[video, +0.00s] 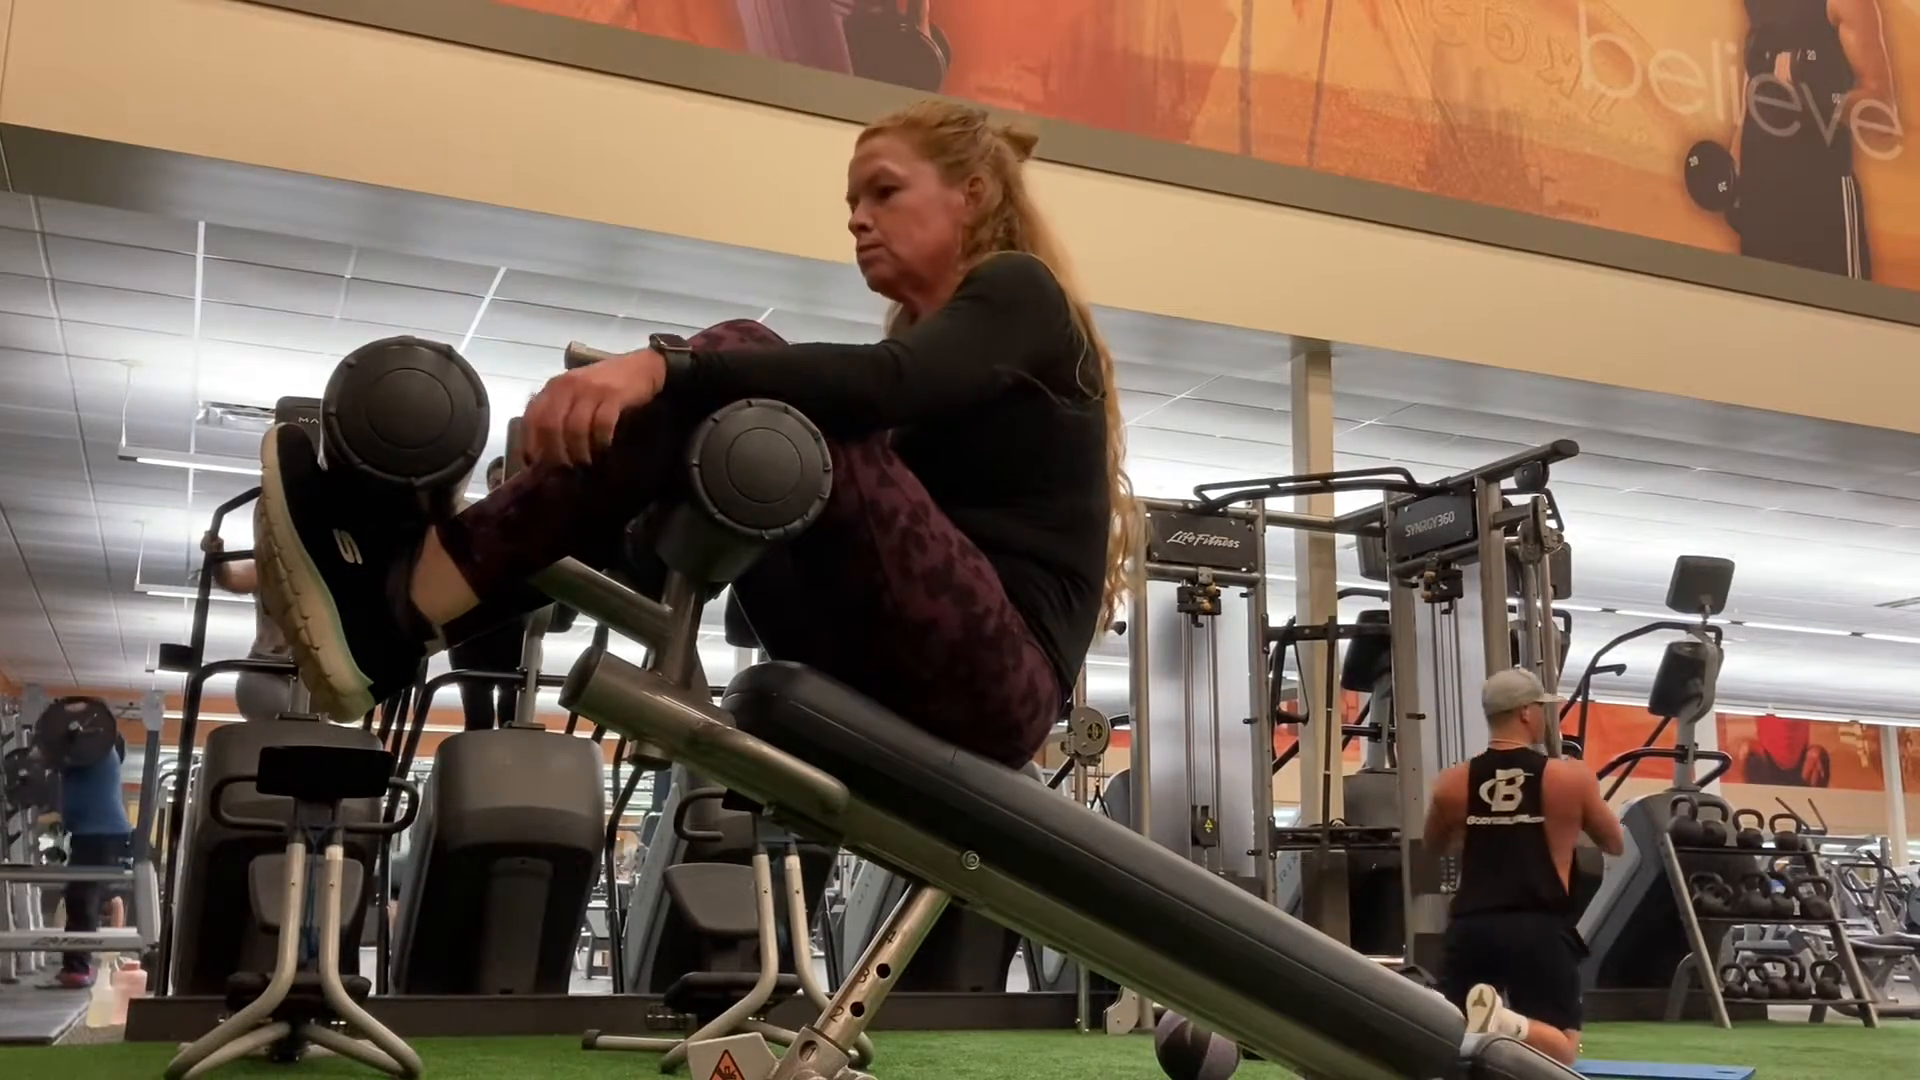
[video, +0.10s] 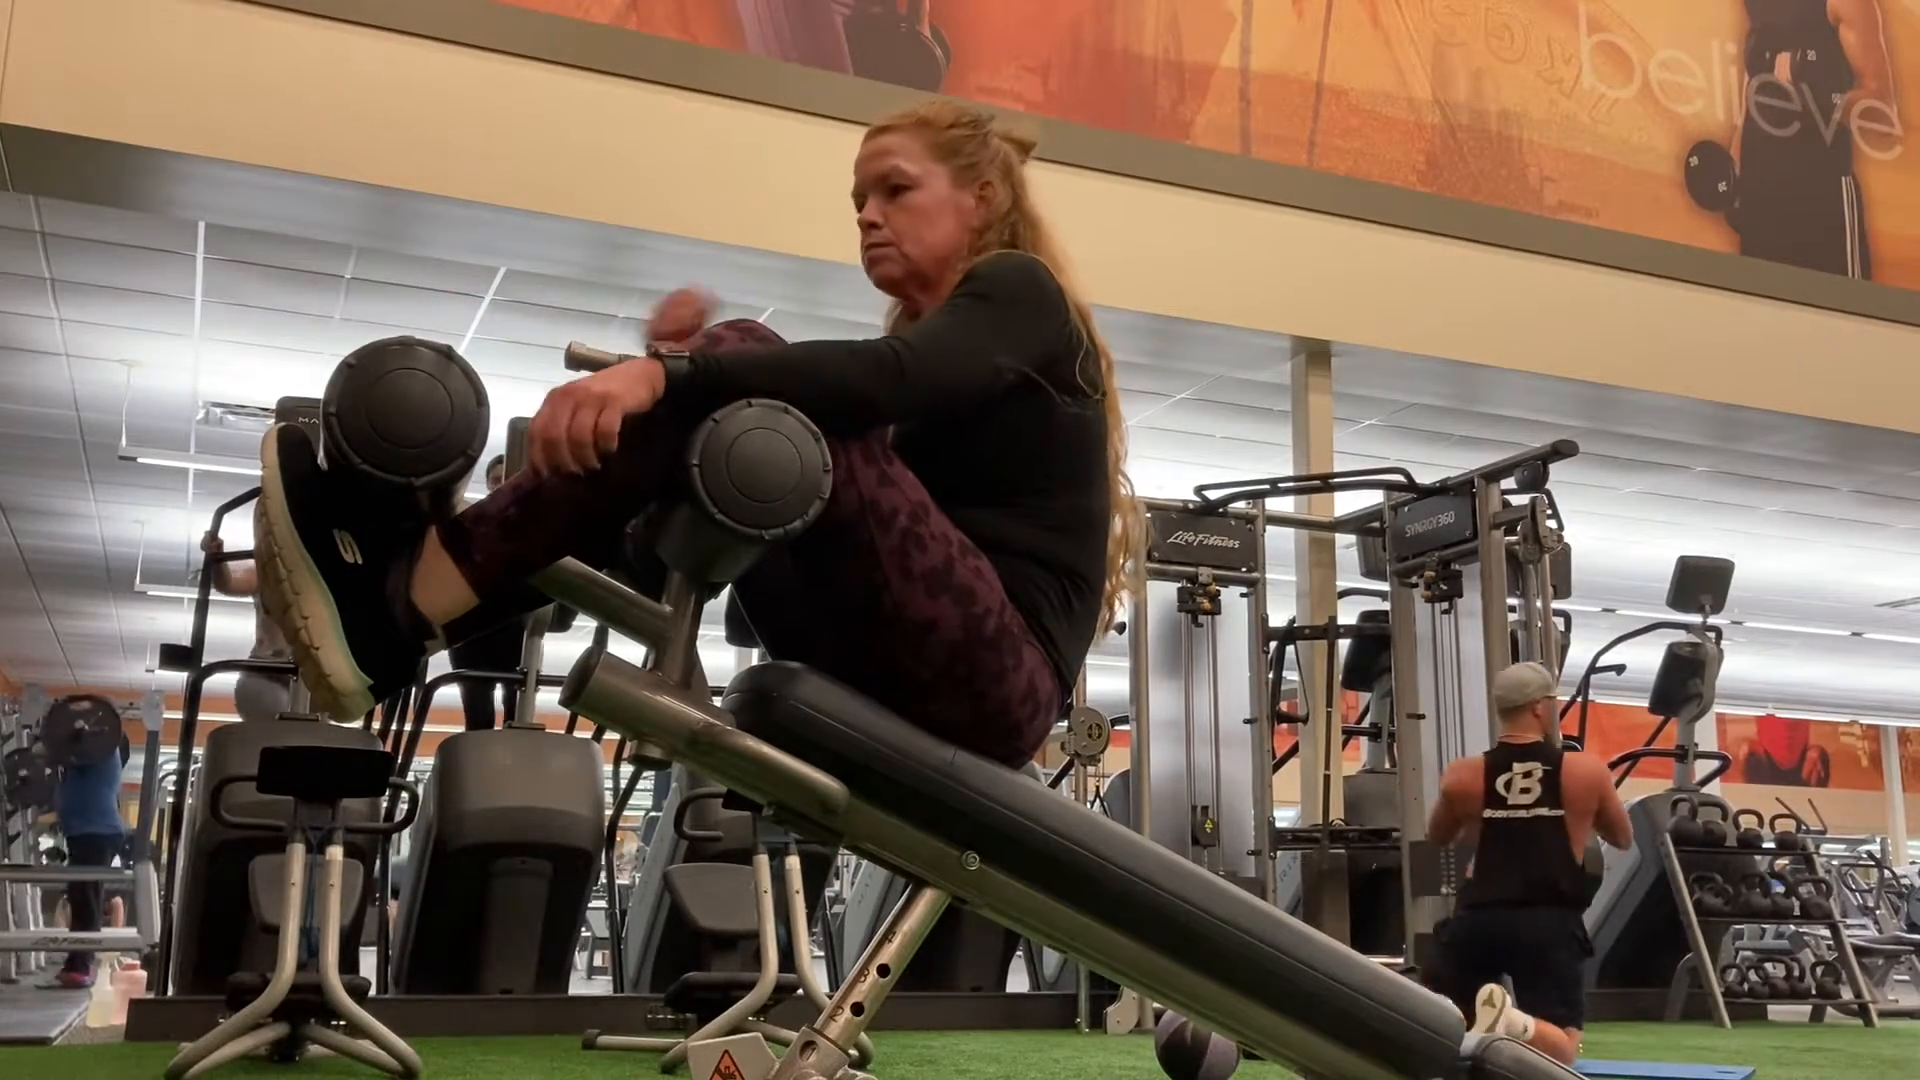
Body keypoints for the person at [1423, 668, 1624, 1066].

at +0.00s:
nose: (1544, 715)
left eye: (1542, 706)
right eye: (1540, 707)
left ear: (1489, 715)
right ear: (1526, 713)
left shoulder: (1454, 781)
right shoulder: (1572, 777)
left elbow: (1433, 846)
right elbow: (1614, 844)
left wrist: (1476, 819)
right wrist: (1579, 808)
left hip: (1470, 930)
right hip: (1540, 933)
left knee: (1464, 1040)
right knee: (1566, 1051)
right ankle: (1503, 1019)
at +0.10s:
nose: (1556, 709)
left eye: (1554, 701)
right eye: (1553, 701)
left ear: (1500, 709)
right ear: (1539, 707)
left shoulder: (1465, 774)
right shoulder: (1587, 771)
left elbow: (1439, 835)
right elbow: (1622, 838)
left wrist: (1485, 805)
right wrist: (1586, 800)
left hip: (1478, 923)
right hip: (1550, 925)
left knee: (1453, 1029)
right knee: (1565, 1050)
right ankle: (1509, 1019)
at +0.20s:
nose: (1563, 704)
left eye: (1560, 697)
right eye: (1560, 697)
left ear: (1509, 707)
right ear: (1550, 705)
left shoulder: (1477, 769)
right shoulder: (1599, 768)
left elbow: (1441, 832)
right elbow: (1628, 834)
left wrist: (1478, 799)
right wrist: (1586, 801)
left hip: (1487, 906)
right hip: (1558, 916)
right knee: (1566, 1047)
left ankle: (1437, 995)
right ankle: (1511, 1019)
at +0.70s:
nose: (1564, 707)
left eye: (1563, 701)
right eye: (1561, 701)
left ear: (1510, 706)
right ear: (1547, 705)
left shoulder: (1473, 756)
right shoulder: (1591, 763)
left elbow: (1443, 803)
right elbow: (1619, 823)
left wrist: (1487, 793)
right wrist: (1592, 785)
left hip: (1481, 902)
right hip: (1550, 911)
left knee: (1464, 927)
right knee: (1565, 1048)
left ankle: (1492, 1029)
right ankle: (1526, 1018)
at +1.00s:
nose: (1549, 671)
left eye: (1547, 662)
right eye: (1545, 662)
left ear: (1495, 671)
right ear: (1528, 668)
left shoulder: (1458, 722)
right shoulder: (1573, 721)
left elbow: (1437, 789)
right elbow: (1613, 792)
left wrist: (1481, 768)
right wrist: (1582, 764)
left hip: (1467, 848)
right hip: (1531, 849)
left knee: (1478, 922)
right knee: (1542, 986)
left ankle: (1499, 1020)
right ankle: (1509, 1009)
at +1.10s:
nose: (1548, 650)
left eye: (1545, 641)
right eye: (1542, 642)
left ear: (1495, 651)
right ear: (1526, 646)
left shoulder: (1457, 699)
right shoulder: (1568, 695)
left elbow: (1438, 771)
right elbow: (1610, 768)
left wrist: (1479, 748)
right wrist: (1584, 754)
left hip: (1470, 817)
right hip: (1533, 815)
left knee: (1483, 920)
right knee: (1543, 948)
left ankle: (1500, 1030)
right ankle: (1513, 1003)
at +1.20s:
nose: (1551, 630)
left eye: (1547, 621)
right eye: (1545, 621)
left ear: (1494, 632)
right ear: (1527, 625)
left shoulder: (1458, 679)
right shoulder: (1563, 670)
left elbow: (1442, 751)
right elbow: (1606, 740)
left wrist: (1487, 727)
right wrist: (1571, 720)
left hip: (1471, 792)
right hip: (1533, 786)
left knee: (1487, 912)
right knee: (1576, 906)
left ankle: (1501, 1029)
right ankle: (1531, 983)